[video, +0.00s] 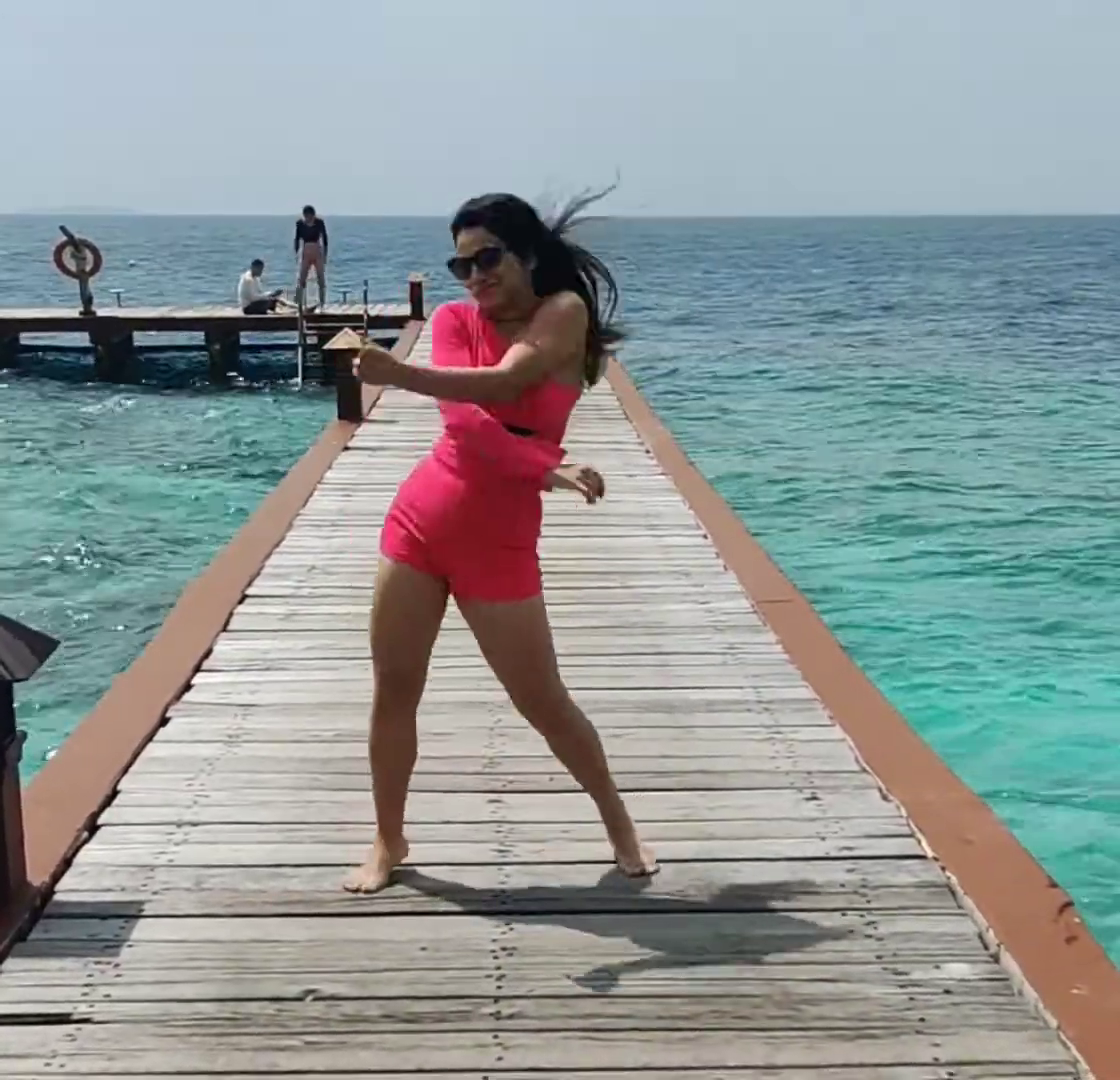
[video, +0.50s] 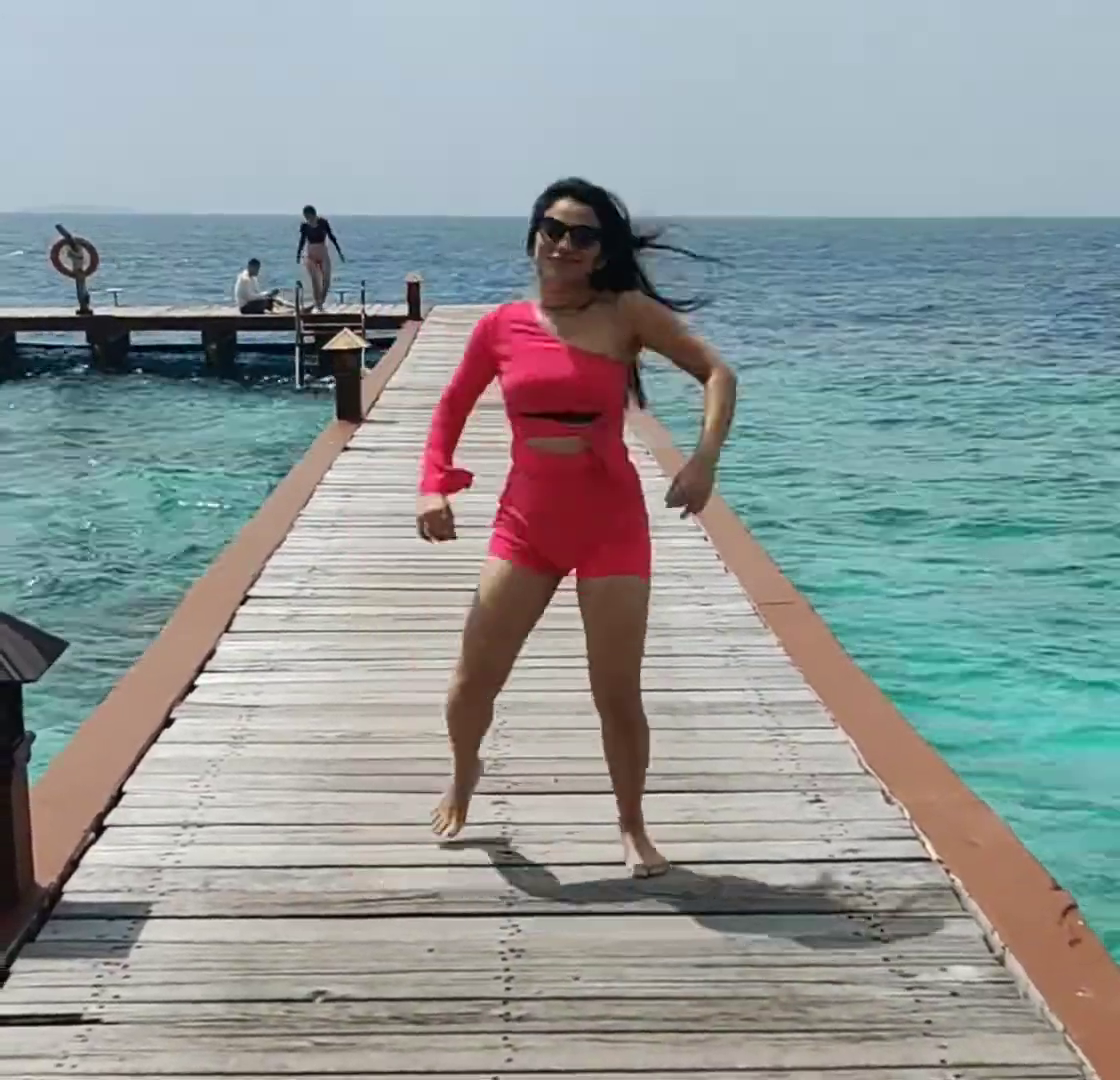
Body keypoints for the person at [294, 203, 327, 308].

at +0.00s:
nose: (308, 218)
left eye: (310, 216)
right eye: (306, 216)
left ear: (314, 215)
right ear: (304, 216)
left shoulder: (319, 223)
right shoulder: (300, 224)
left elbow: (325, 238)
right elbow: (297, 238)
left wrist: (325, 254)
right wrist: (296, 251)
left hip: (317, 249)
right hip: (306, 249)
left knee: (320, 279)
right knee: (302, 279)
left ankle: (322, 303)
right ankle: (299, 303)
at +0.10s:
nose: (311, 218)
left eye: (313, 216)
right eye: (309, 216)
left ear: (317, 215)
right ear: (307, 216)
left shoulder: (323, 223)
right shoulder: (303, 224)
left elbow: (328, 238)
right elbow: (301, 239)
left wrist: (334, 254)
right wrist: (298, 255)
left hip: (320, 249)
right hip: (308, 249)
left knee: (322, 279)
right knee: (309, 279)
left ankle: (322, 304)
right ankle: (305, 304)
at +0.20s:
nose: (313, 219)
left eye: (314, 217)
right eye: (311, 217)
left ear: (318, 215)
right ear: (308, 216)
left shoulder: (325, 223)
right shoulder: (305, 224)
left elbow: (331, 238)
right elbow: (303, 238)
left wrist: (340, 252)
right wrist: (299, 252)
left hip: (321, 250)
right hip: (310, 250)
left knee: (323, 279)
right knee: (314, 279)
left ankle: (323, 304)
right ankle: (315, 303)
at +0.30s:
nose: (313, 219)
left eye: (315, 216)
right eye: (311, 217)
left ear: (319, 215)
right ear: (309, 216)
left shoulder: (325, 223)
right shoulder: (306, 224)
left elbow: (333, 236)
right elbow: (304, 237)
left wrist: (343, 251)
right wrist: (301, 250)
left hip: (323, 250)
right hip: (312, 251)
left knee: (324, 278)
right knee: (316, 278)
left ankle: (322, 304)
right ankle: (318, 301)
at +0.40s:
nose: (311, 218)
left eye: (313, 216)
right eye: (310, 216)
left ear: (318, 215)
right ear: (308, 216)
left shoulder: (326, 223)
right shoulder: (307, 225)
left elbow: (334, 237)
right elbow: (305, 237)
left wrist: (344, 251)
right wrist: (301, 250)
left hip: (324, 250)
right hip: (313, 251)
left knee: (326, 278)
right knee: (317, 277)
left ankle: (324, 302)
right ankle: (319, 301)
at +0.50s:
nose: (308, 219)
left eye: (309, 217)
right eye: (306, 217)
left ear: (314, 215)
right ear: (305, 217)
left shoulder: (323, 223)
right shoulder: (305, 226)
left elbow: (331, 237)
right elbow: (302, 240)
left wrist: (340, 252)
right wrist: (299, 253)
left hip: (323, 252)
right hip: (310, 253)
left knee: (326, 279)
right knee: (315, 279)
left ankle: (321, 302)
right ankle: (318, 304)